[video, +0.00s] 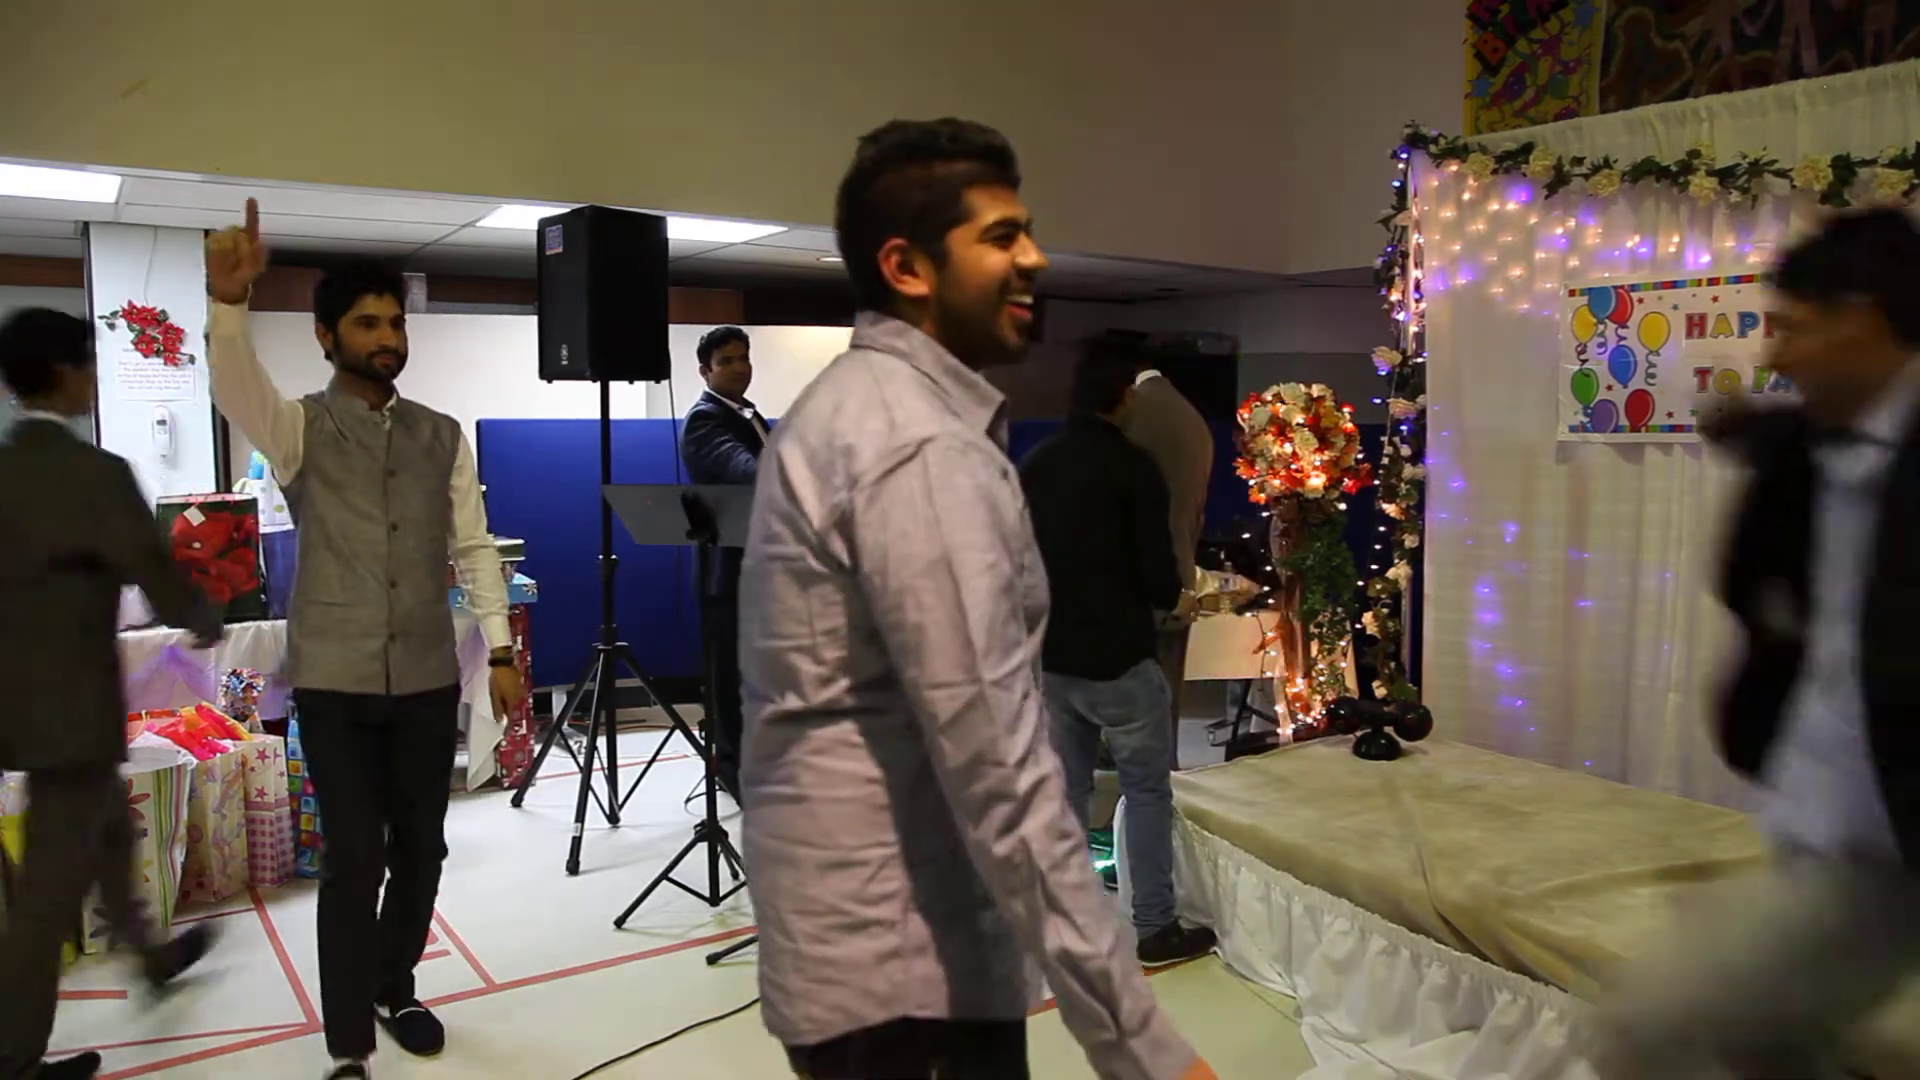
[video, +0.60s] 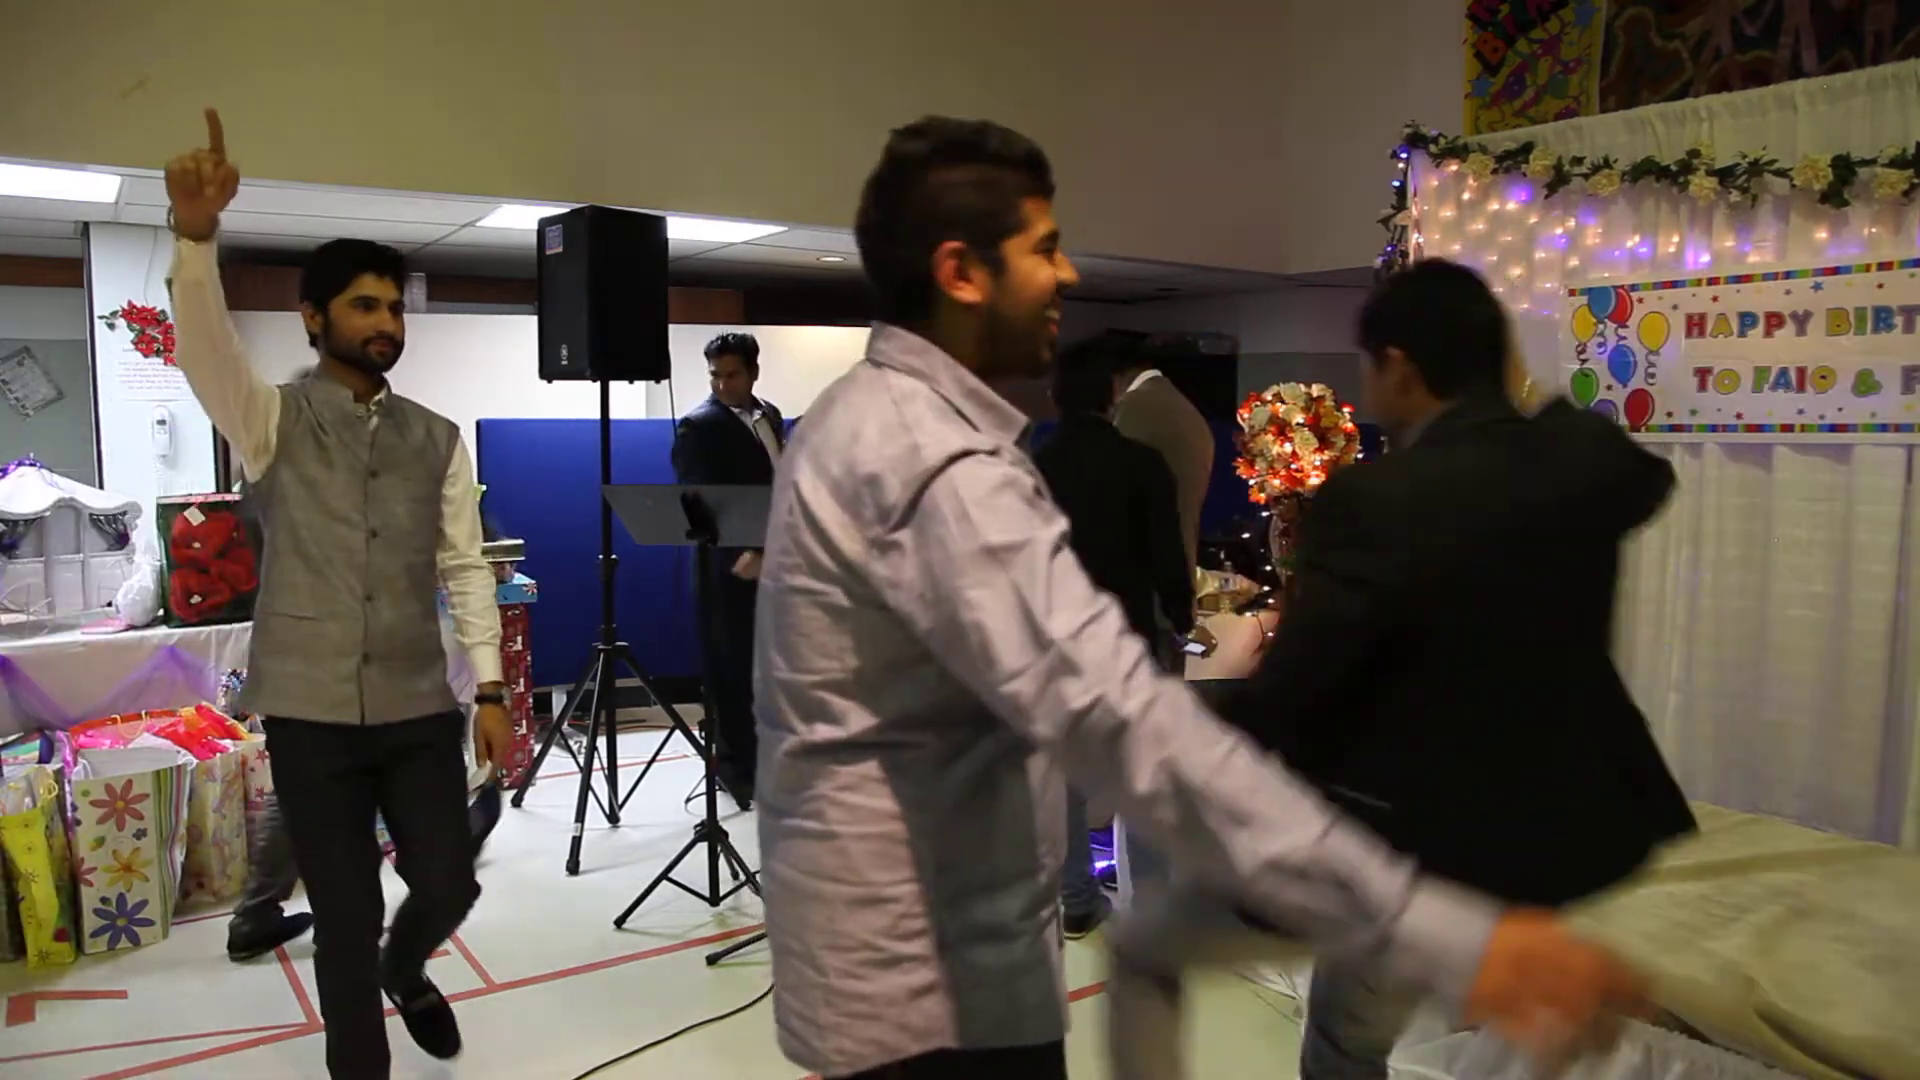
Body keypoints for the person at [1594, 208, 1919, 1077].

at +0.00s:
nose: (1770, 351)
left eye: (1788, 327)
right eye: (1770, 328)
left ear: (1867, 324)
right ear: (1849, 324)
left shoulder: (1914, 456)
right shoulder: (1793, 449)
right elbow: (1750, 593)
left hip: (1896, 850)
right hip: (1805, 823)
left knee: (1660, 1026)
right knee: (1777, 1044)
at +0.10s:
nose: (1688, 353)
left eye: (1695, 328)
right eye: (1684, 332)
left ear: (1752, 317)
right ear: (1760, 316)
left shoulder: (1860, 407)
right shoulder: (1769, 437)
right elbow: (1695, 651)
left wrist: (1676, 328)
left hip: (1843, 818)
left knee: (1500, 913)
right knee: (1649, 1021)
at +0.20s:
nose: (1607, 368)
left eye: (1619, 342)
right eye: (1609, 342)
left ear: (1674, 344)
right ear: (1677, 345)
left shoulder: (1791, 414)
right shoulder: (1687, 460)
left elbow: (1900, 432)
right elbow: (1693, 635)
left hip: (1762, 834)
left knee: (1408, 913)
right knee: (1623, 1028)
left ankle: (1201, 1043)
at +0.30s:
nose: (1551, 367)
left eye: (1555, 341)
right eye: (1550, 343)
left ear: (1595, 335)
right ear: (1649, 320)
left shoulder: (1677, 412)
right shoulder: (1707, 408)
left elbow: (1596, 574)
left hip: (1651, 805)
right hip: (1702, 817)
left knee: (1323, 874)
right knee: (1577, 1026)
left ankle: (1104, 989)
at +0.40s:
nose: (1484, 345)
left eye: (1485, 325)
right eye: (1482, 326)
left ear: (1518, 314)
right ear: (1599, 301)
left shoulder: (1550, 389)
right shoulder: (1653, 381)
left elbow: (1464, 577)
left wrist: (1328, 739)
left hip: (1570, 805)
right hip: (1671, 797)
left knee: (1265, 884)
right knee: (1471, 992)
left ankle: (1081, 1050)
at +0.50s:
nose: (1413, 368)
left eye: (1419, 344)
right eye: (1416, 344)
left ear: (1451, 347)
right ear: (1540, 339)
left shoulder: (1448, 465)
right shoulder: (1613, 437)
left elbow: (1339, 688)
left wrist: (1199, 858)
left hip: (1466, 844)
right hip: (1608, 826)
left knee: (1226, 1001)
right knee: (1378, 1021)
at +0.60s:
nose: (1365, 388)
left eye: (1368, 366)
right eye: (1366, 367)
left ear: (1398, 368)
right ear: (1500, 356)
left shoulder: (1366, 502)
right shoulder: (1573, 456)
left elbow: (1292, 698)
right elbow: (1648, 481)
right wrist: (1539, 406)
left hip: (1420, 835)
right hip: (1582, 817)